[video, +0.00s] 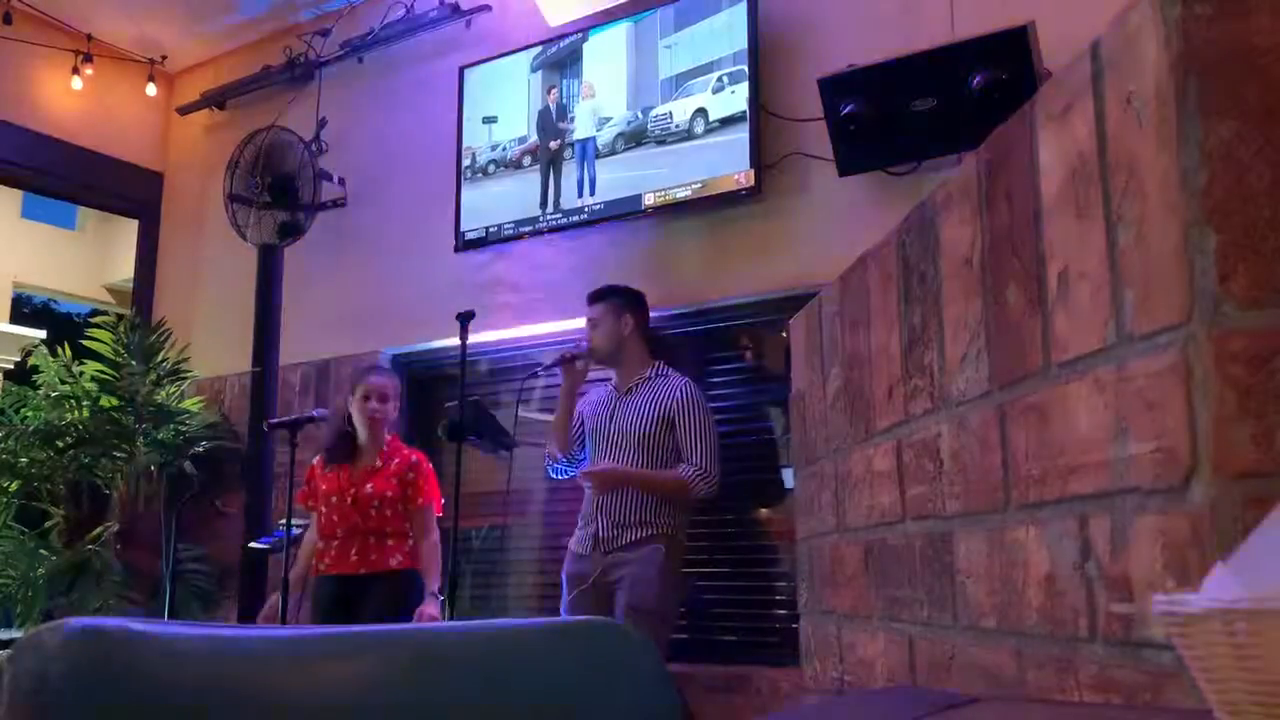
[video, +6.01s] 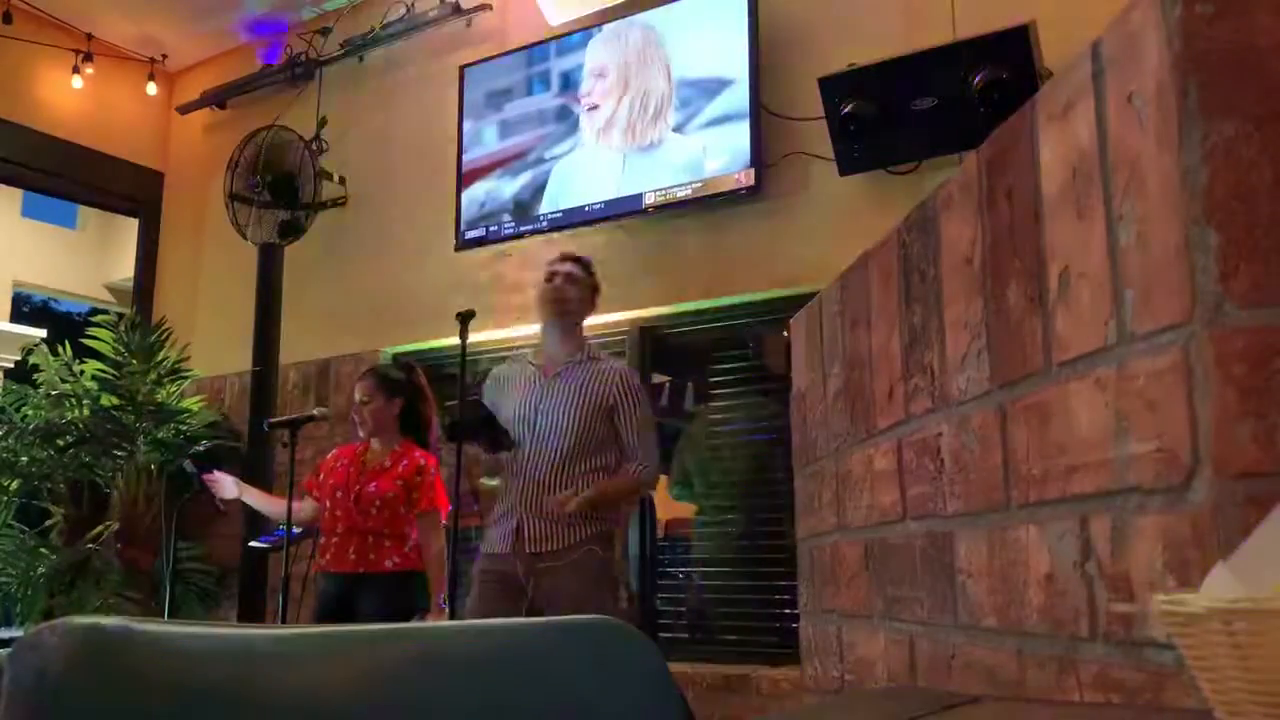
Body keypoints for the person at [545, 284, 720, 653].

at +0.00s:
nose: (587, 335)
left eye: (595, 323)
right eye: (587, 325)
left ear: (628, 324)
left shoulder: (679, 391)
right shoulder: (593, 401)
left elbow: (703, 479)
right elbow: (559, 466)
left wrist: (624, 478)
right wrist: (568, 388)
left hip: (645, 552)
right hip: (585, 552)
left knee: (637, 673)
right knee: (580, 668)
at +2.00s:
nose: (548, 321)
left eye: (553, 308)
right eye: (549, 309)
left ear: (581, 309)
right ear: (586, 310)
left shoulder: (634, 377)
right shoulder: (582, 379)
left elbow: (638, 477)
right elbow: (585, 461)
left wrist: (556, 472)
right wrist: (546, 470)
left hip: (604, 544)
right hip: (552, 538)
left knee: (599, 664)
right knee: (507, 645)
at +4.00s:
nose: (505, 315)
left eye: (516, 307)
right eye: (495, 310)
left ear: (537, 320)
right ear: (487, 328)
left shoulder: (585, 378)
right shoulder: (484, 404)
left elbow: (631, 445)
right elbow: (473, 480)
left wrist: (582, 468)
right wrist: (495, 495)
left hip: (594, 540)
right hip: (527, 548)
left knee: (598, 647)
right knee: (528, 652)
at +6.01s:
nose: (558, 284)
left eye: (572, 279)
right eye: (550, 278)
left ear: (591, 299)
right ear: (538, 296)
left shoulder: (617, 379)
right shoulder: (502, 379)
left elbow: (644, 470)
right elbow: (491, 461)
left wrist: (589, 498)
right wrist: (475, 459)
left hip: (578, 556)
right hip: (500, 556)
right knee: (480, 668)